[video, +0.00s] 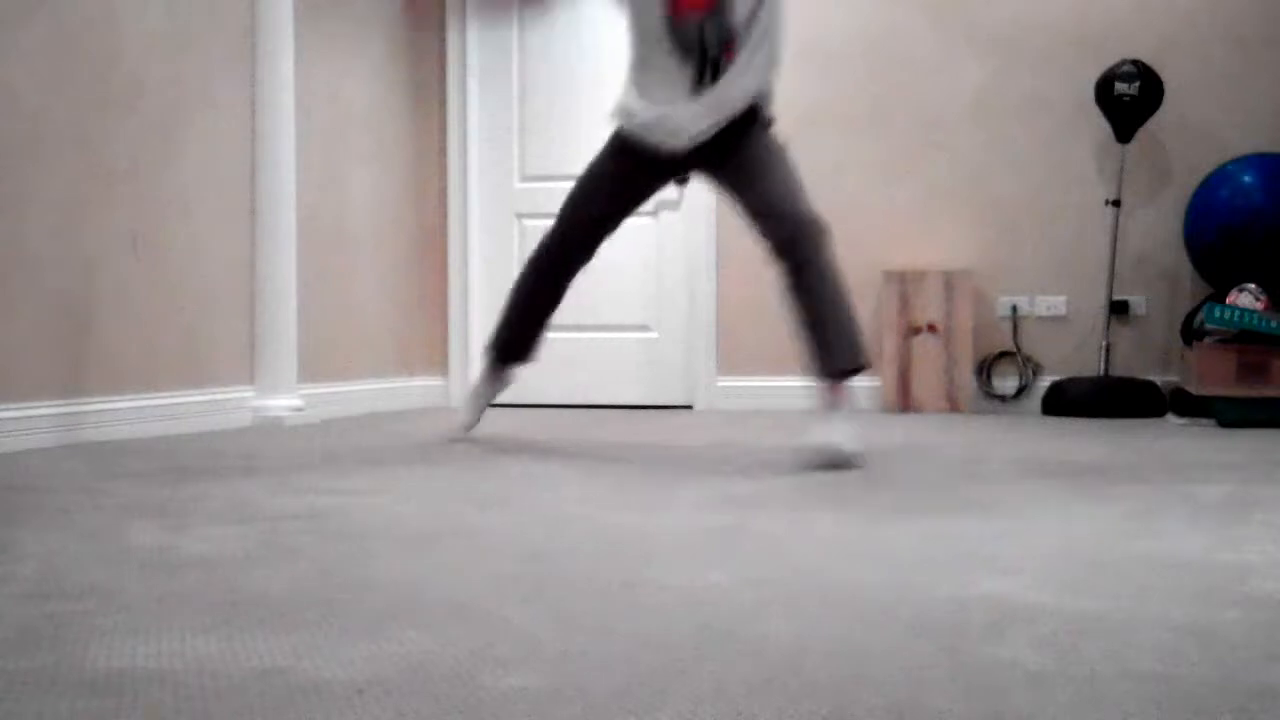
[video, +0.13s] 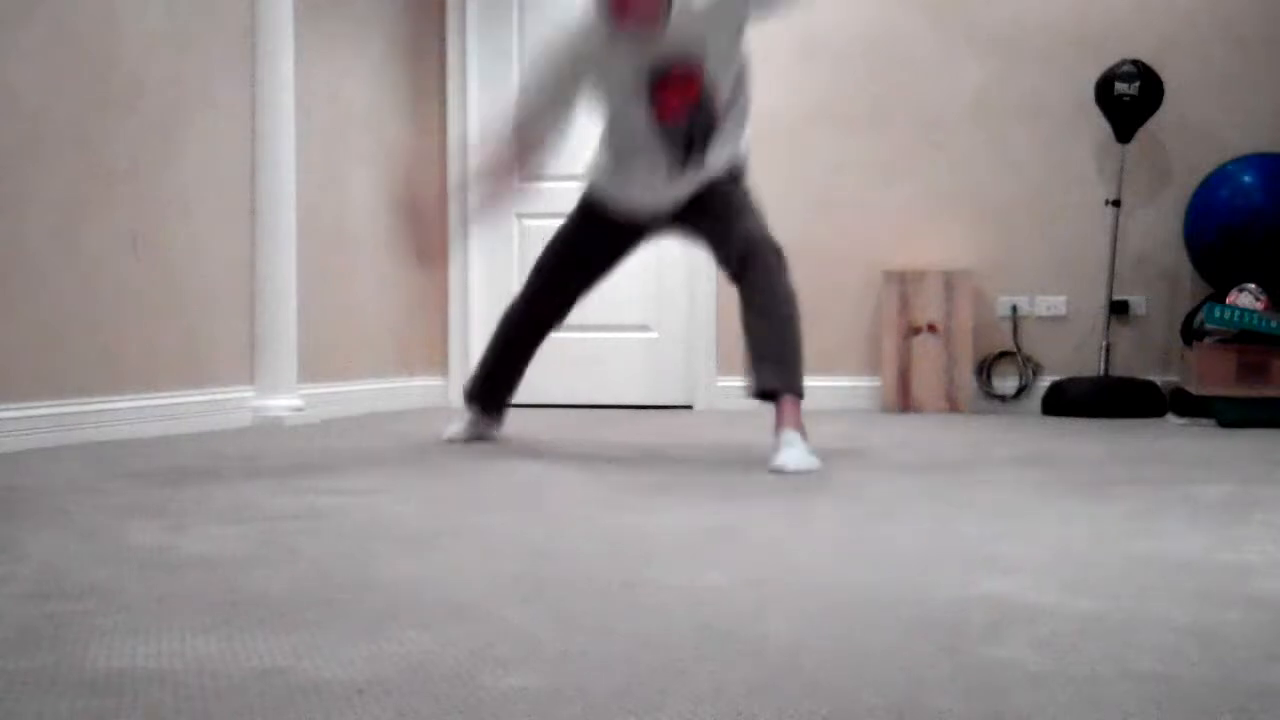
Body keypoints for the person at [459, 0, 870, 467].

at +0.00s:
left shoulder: (761, 7)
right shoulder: (644, 6)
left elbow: (758, 69)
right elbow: (643, 64)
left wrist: (686, 125)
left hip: (732, 125)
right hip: (648, 127)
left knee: (801, 238)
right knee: (565, 245)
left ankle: (840, 397)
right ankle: (496, 370)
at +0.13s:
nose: (627, 21)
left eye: (636, 11)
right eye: (618, 13)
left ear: (659, 2)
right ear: (607, 6)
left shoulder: (718, 10)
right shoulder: (594, 36)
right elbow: (544, 100)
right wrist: (517, 153)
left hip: (710, 185)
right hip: (622, 193)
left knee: (762, 262)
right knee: (544, 296)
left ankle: (790, 429)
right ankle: (481, 414)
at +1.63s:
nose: (616, 199)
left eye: (627, 184)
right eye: (609, 184)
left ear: (669, 165)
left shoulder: (728, 188)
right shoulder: (620, 165)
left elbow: (733, 328)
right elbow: (613, 259)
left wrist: (731, 441)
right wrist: (606, 365)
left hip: (800, 190)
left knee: (785, 292)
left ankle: (786, 388)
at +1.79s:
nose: (557, 247)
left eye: (559, 228)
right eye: (543, 239)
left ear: (589, 195)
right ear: (536, 231)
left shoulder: (661, 190)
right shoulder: (573, 251)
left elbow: (709, 324)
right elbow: (620, 331)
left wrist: (733, 440)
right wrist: (635, 438)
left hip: (767, 159)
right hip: (727, 222)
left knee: (891, 170)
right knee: (753, 372)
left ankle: (1015, 185)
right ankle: (861, 383)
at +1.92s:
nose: (511, 164)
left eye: (509, 143)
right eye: (496, 161)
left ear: (542, 119)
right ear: (500, 171)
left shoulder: (622, 147)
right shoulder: (556, 237)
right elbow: (624, 325)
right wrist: (639, 439)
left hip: (789, 200)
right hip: (776, 283)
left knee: (808, 51)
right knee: (804, 407)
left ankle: (921, 5)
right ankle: (974, 431)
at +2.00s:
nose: (543, 120)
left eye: (539, 101)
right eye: (527, 122)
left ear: (563, 85)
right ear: (527, 139)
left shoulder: (634, 104)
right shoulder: (573, 232)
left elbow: (764, 134)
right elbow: (627, 328)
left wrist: (707, 115)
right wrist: (638, 441)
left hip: (803, 230)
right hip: (776, 308)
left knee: (802, 45)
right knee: (722, 395)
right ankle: (857, 463)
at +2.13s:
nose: (628, 126)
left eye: (629, 109)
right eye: (612, 123)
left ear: (653, 99)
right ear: (604, 136)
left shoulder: (728, 132)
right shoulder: (618, 220)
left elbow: (811, 178)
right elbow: (639, 334)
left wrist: (899, 156)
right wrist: (639, 440)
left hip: (787, 258)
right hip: (742, 316)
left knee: (844, 101)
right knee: (587, 316)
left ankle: (902, 11)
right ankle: (458, 340)